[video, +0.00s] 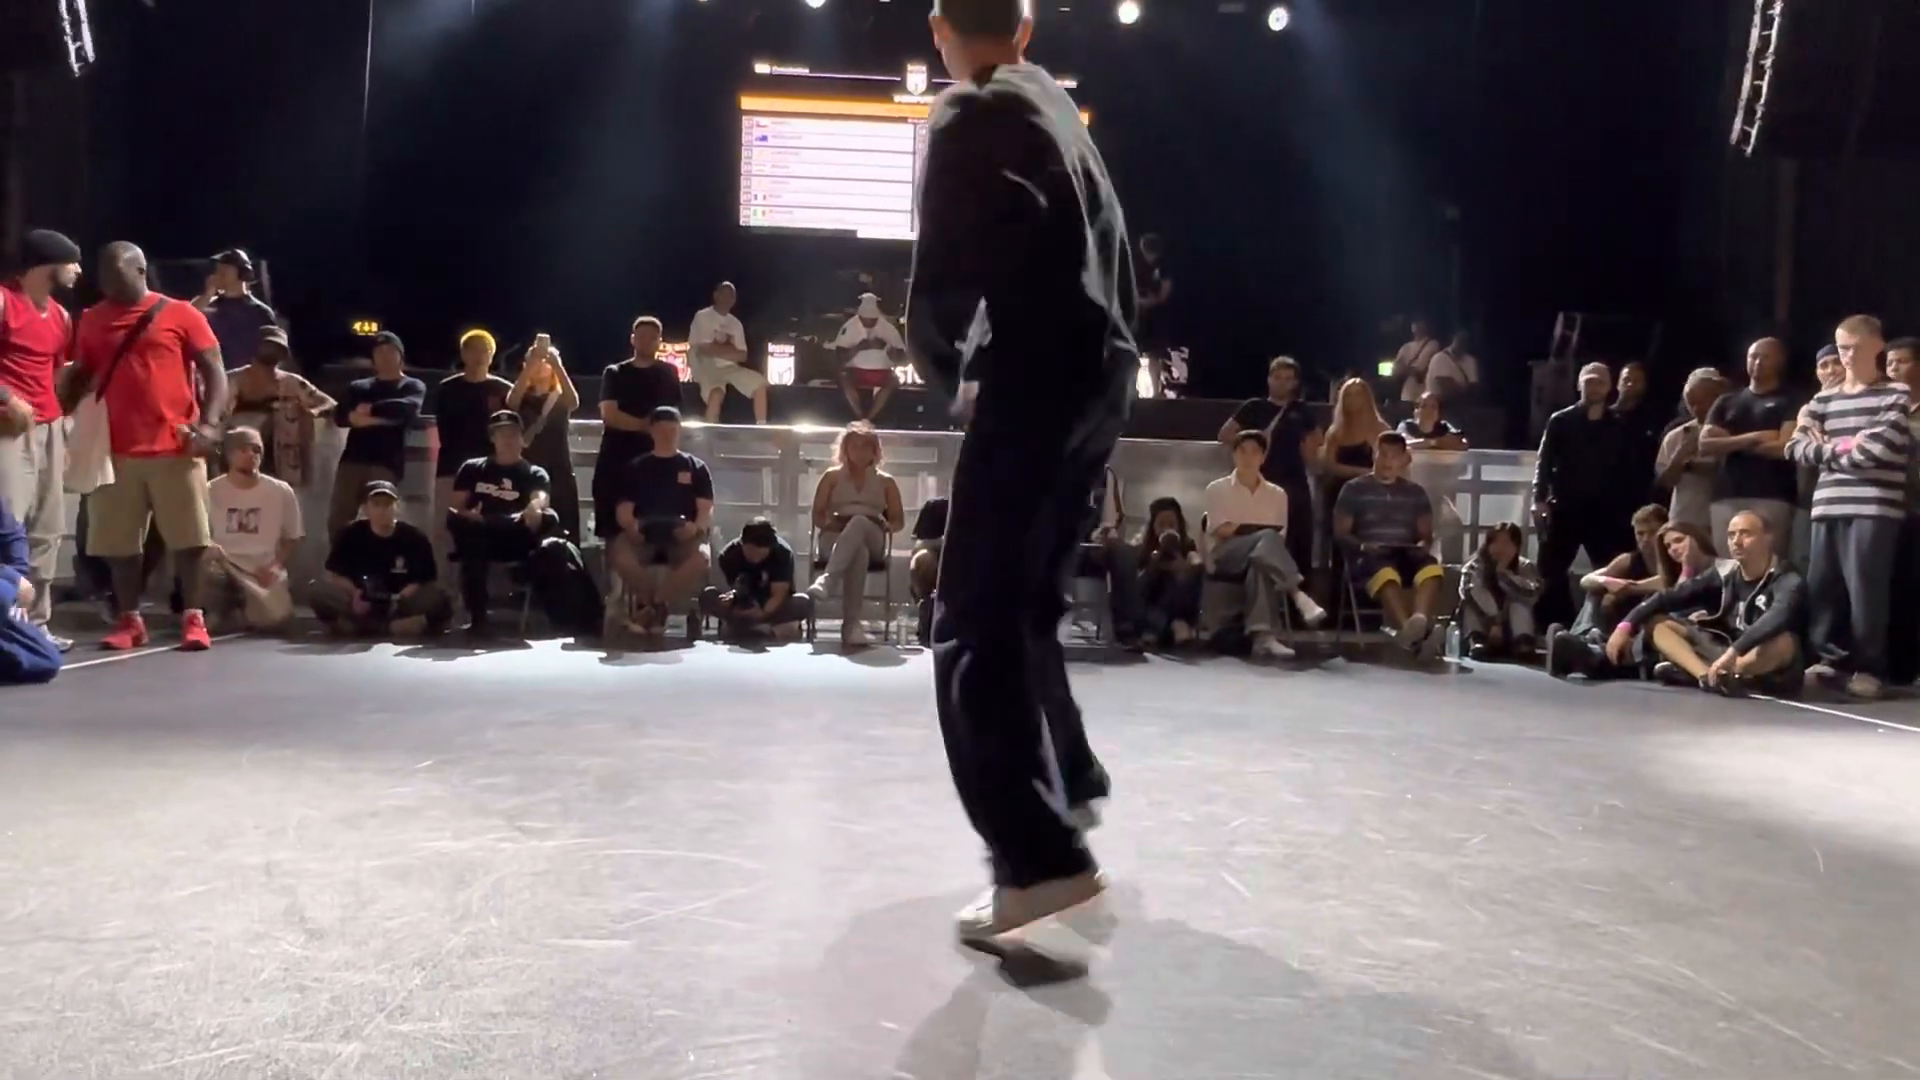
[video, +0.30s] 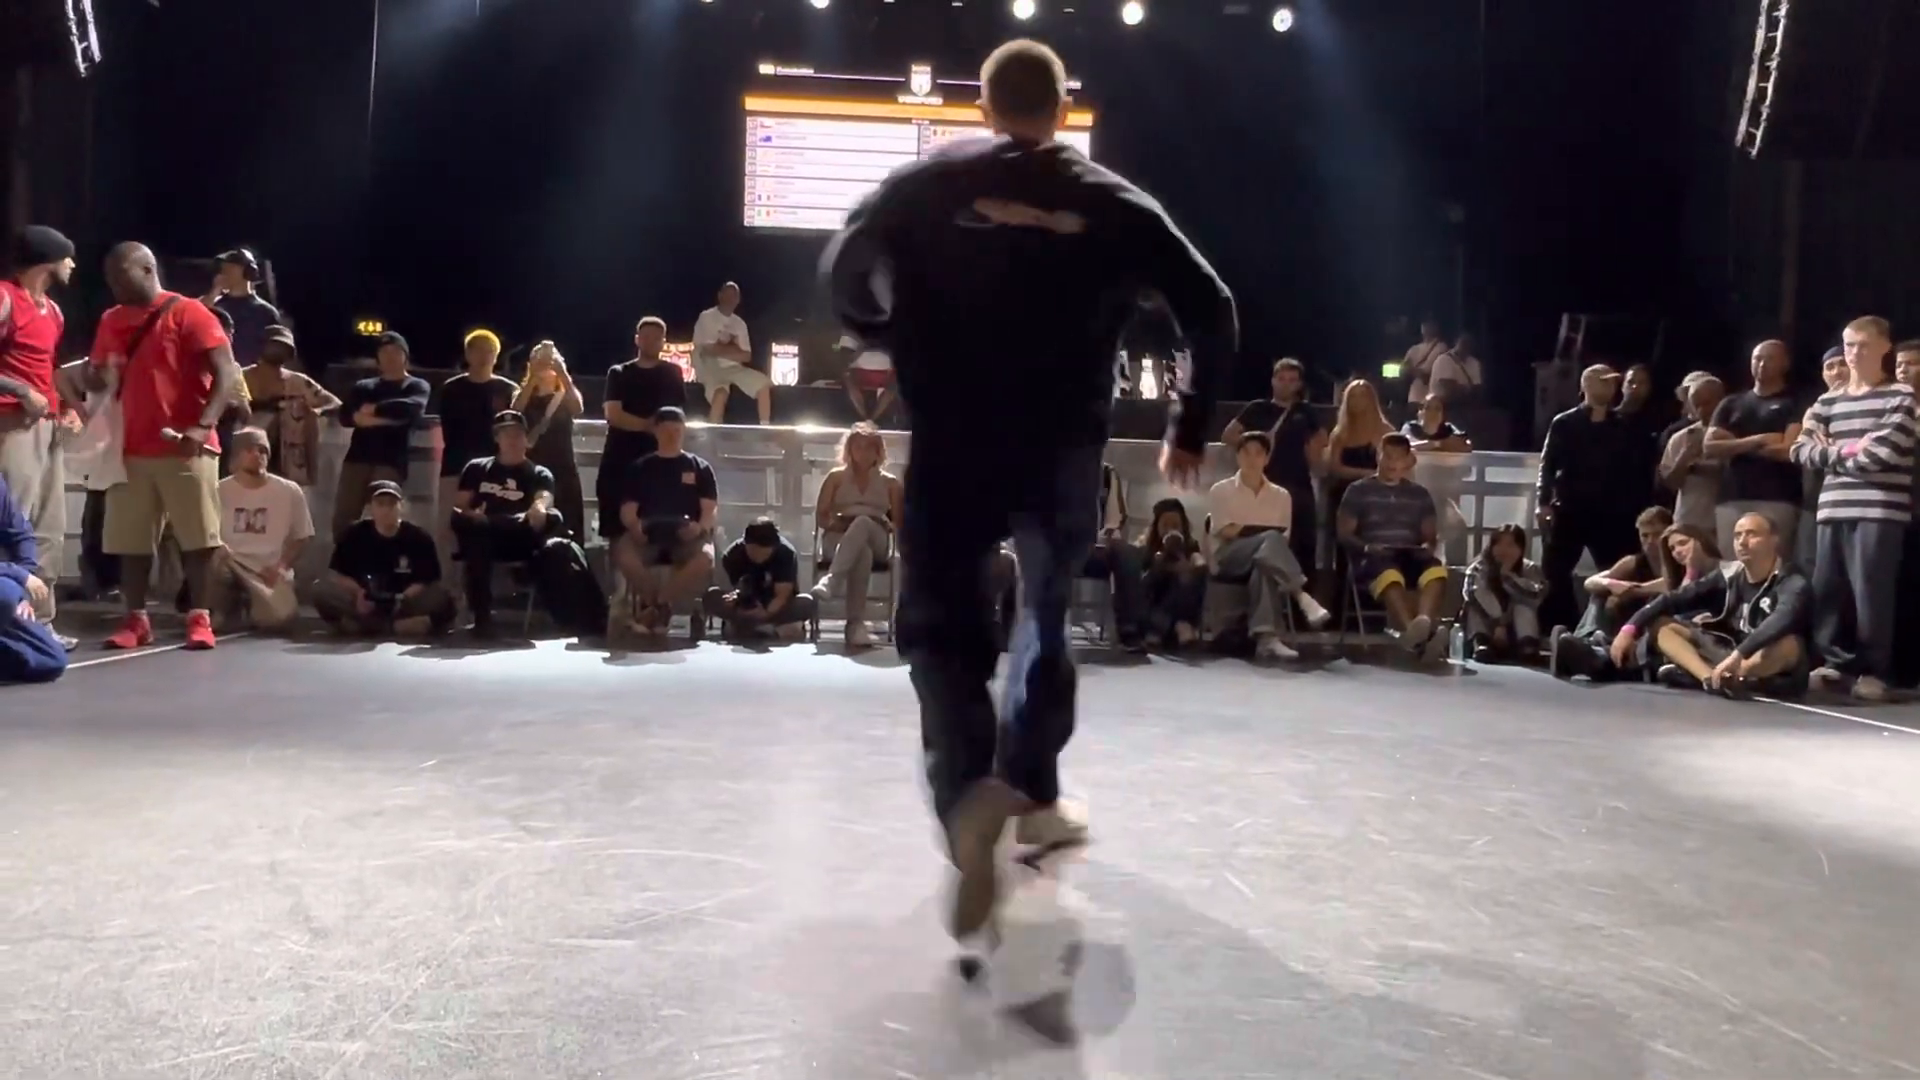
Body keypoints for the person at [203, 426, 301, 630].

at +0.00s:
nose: (251, 456)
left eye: (256, 450)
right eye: (244, 450)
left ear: (262, 455)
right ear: (229, 454)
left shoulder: (281, 491)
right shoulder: (211, 491)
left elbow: (291, 537)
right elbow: (201, 533)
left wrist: (275, 567)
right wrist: (211, 549)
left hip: (264, 569)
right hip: (225, 565)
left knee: (276, 617)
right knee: (209, 557)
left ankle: (237, 613)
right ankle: (211, 617)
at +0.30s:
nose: (259, 456)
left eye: (263, 450)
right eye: (252, 450)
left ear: (268, 455)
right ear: (237, 455)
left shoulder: (290, 491)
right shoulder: (219, 490)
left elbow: (301, 536)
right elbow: (209, 532)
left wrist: (280, 567)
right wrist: (220, 552)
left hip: (270, 570)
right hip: (231, 566)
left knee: (279, 617)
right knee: (217, 555)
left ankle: (250, 607)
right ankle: (215, 615)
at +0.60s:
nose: (261, 452)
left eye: (267, 447)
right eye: (254, 446)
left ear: (273, 452)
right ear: (239, 451)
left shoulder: (294, 487)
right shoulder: (225, 485)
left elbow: (308, 533)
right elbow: (213, 525)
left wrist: (282, 563)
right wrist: (223, 546)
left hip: (272, 567)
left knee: (282, 614)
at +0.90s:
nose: (266, 447)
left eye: (271, 441)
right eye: (258, 440)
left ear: (276, 446)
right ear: (244, 445)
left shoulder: (297, 483)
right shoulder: (228, 480)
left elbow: (311, 528)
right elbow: (216, 519)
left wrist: (287, 558)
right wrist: (226, 546)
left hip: (276, 563)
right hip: (238, 559)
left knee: (289, 608)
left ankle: (250, 604)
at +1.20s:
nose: (268, 443)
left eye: (273, 437)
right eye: (261, 437)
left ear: (278, 442)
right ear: (248, 441)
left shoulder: (299, 478)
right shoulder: (230, 475)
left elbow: (311, 525)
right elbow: (219, 518)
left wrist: (291, 554)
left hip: (279, 559)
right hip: (240, 553)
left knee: (292, 603)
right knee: (227, 540)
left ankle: (251, 600)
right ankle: (219, 604)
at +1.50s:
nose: (270, 440)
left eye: (275, 434)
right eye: (263, 434)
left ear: (280, 439)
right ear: (249, 439)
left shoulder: (302, 475)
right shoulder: (231, 473)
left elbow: (314, 521)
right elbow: (219, 507)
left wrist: (296, 550)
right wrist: (227, 529)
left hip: (282, 555)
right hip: (242, 550)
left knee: (296, 600)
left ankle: (258, 595)